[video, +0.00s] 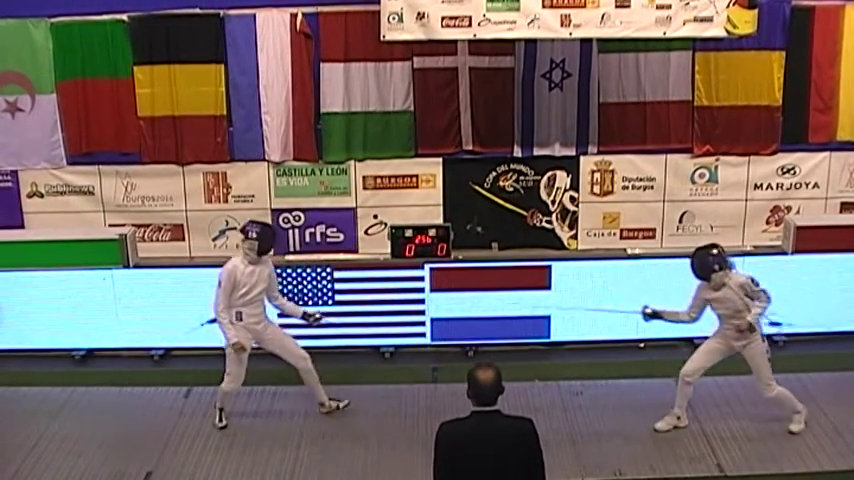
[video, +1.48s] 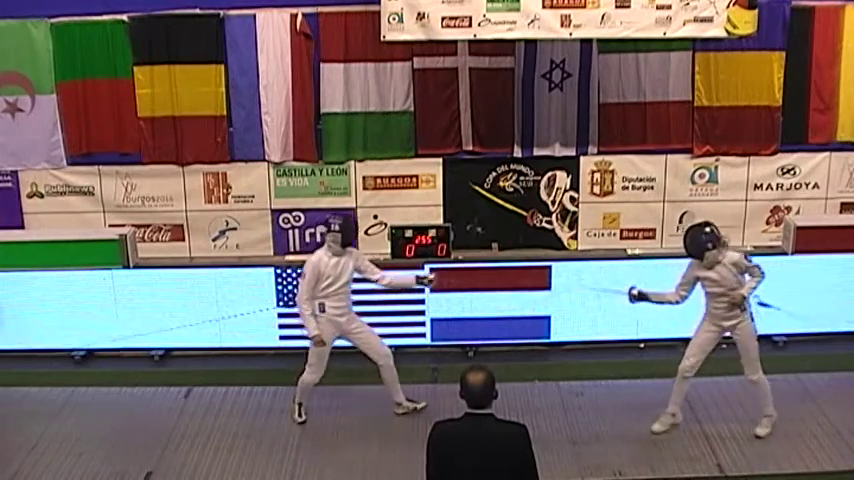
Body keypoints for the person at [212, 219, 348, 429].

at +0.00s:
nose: (249, 250)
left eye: (254, 248)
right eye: (246, 246)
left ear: (263, 250)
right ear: (241, 245)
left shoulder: (266, 266)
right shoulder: (231, 269)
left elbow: (276, 298)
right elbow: (220, 309)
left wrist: (303, 314)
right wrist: (231, 337)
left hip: (263, 326)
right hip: (239, 330)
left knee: (303, 360)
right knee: (232, 382)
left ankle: (325, 403)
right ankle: (220, 408)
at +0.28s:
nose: (237, 253)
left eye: (241, 250)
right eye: (234, 248)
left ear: (249, 250)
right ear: (229, 245)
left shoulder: (251, 265)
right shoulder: (218, 269)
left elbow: (258, 299)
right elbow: (204, 309)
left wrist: (284, 318)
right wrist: (213, 339)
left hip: (248, 325)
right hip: (224, 328)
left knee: (278, 366)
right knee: (227, 383)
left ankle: (259, 404)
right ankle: (220, 410)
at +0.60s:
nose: (248, 242)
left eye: (254, 238)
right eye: (246, 236)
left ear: (263, 242)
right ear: (242, 237)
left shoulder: (267, 261)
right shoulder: (231, 265)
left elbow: (280, 292)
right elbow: (223, 304)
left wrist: (311, 306)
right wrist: (239, 330)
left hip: (261, 321)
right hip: (236, 324)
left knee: (297, 358)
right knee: (231, 378)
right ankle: (219, 409)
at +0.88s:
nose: (287, 245)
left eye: (292, 240)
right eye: (284, 240)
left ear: (301, 241)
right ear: (278, 239)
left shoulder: (306, 259)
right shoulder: (268, 266)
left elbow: (335, 281)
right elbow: (263, 306)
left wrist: (368, 292)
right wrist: (277, 334)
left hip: (300, 322)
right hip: (275, 324)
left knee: (332, 357)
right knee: (254, 375)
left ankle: (328, 405)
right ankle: (227, 406)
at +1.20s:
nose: (305, 240)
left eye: (310, 237)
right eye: (302, 235)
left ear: (320, 241)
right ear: (299, 236)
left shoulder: (326, 258)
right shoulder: (289, 262)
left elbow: (355, 282)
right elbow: (275, 302)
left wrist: (389, 286)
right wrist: (284, 333)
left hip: (320, 317)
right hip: (296, 320)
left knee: (355, 356)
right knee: (302, 376)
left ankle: (353, 404)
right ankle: (299, 406)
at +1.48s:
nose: (332, 238)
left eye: (337, 234)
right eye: (330, 233)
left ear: (345, 237)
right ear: (325, 235)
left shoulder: (353, 256)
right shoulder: (315, 261)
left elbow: (382, 279)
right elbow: (303, 299)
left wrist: (418, 280)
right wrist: (313, 331)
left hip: (348, 319)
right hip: (323, 322)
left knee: (384, 355)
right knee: (313, 374)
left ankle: (400, 403)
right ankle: (299, 402)